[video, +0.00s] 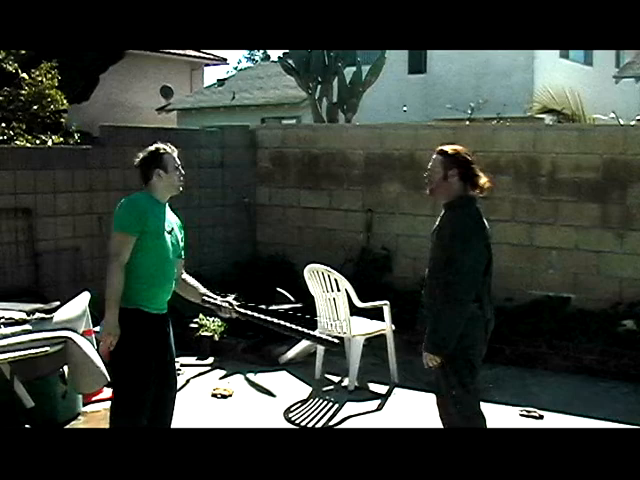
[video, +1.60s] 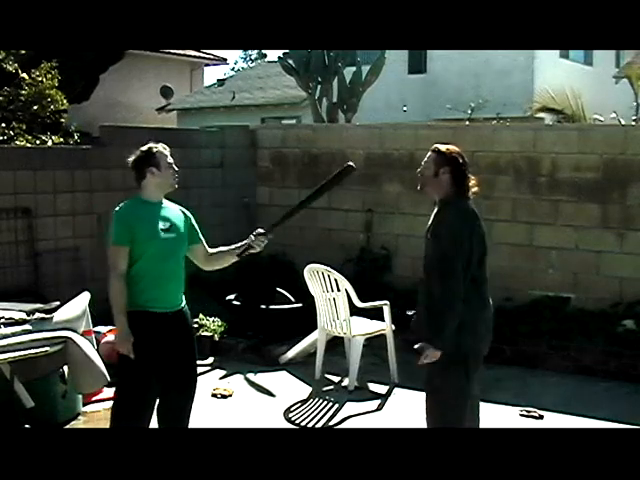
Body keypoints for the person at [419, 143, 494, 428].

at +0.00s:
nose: (427, 178)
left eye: (432, 173)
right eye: (428, 172)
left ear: (453, 177)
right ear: (450, 178)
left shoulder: (462, 222)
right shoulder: (456, 216)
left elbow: (456, 291)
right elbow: (450, 287)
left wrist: (435, 344)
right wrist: (435, 339)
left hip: (460, 335)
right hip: (456, 332)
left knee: (460, 412)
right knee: (455, 410)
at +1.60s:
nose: (419, 174)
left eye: (425, 169)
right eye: (421, 168)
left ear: (444, 176)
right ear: (444, 177)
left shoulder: (453, 219)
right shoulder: (452, 213)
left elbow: (451, 285)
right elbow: (447, 281)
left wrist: (437, 342)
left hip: (459, 332)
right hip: (459, 329)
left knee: (447, 411)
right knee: (457, 409)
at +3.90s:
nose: (419, 167)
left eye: (426, 163)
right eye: (423, 162)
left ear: (444, 173)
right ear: (443, 174)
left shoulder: (444, 215)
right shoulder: (450, 212)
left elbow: (432, 281)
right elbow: (433, 280)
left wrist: (405, 328)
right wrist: (406, 325)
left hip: (448, 328)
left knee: (442, 410)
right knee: (445, 408)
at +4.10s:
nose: (419, 168)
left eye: (426, 164)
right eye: (423, 163)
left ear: (444, 174)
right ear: (444, 174)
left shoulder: (445, 213)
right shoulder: (447, 209)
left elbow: (427, 272)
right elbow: (423, 265)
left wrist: (379, 292)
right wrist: (383, 281)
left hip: (449, 326)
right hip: (454, 322)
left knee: (437, 404)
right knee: (449, 401)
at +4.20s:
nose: (418, 170)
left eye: (424, 165)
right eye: (420, 164)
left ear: (443, 173)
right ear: (443, 173)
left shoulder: (448, 211)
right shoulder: (451, 208)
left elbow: (414, 257)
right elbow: (415, 253)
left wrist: (365, 252)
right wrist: (371, 251)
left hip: (449, 323)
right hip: (454, 319)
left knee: (436, 399)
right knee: (448, 399)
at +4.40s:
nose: (416, 175)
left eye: (422, 169)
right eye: (418, 168)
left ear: (441, 172)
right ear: (442, 173)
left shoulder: (449, 213)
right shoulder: (456, 210)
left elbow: (401, 248)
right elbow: (410, 243)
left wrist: (355, 226)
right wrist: (380, 231)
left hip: (443, 332)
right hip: (453, 328)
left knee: (436, 411)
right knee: (446, 409)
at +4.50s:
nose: (415, 173)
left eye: (420, 167)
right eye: (416, 166)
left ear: (438, 173)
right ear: (441, 173)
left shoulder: (446, 215)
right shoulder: (458, 212)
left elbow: (407, 263)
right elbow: (419, 256)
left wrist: (365, 248)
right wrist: (390, 248)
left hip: (440, 332)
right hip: (452, 328)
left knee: (437, 412)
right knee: (446, 409)